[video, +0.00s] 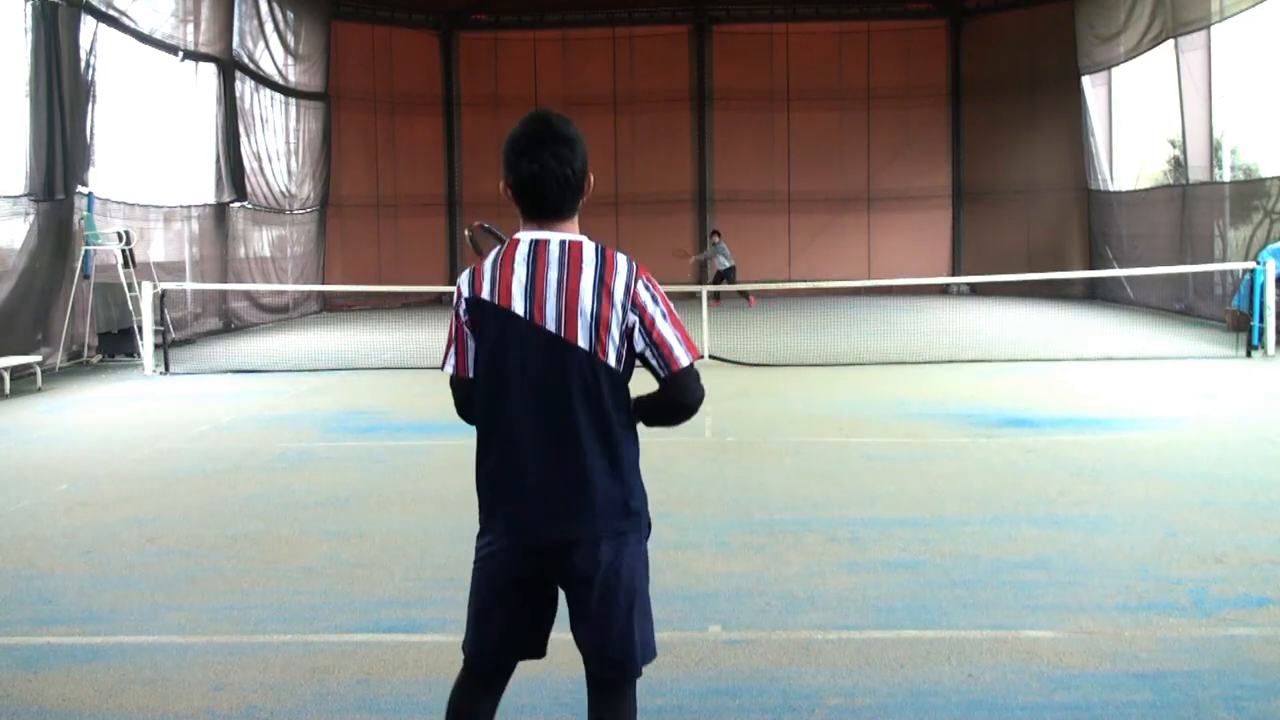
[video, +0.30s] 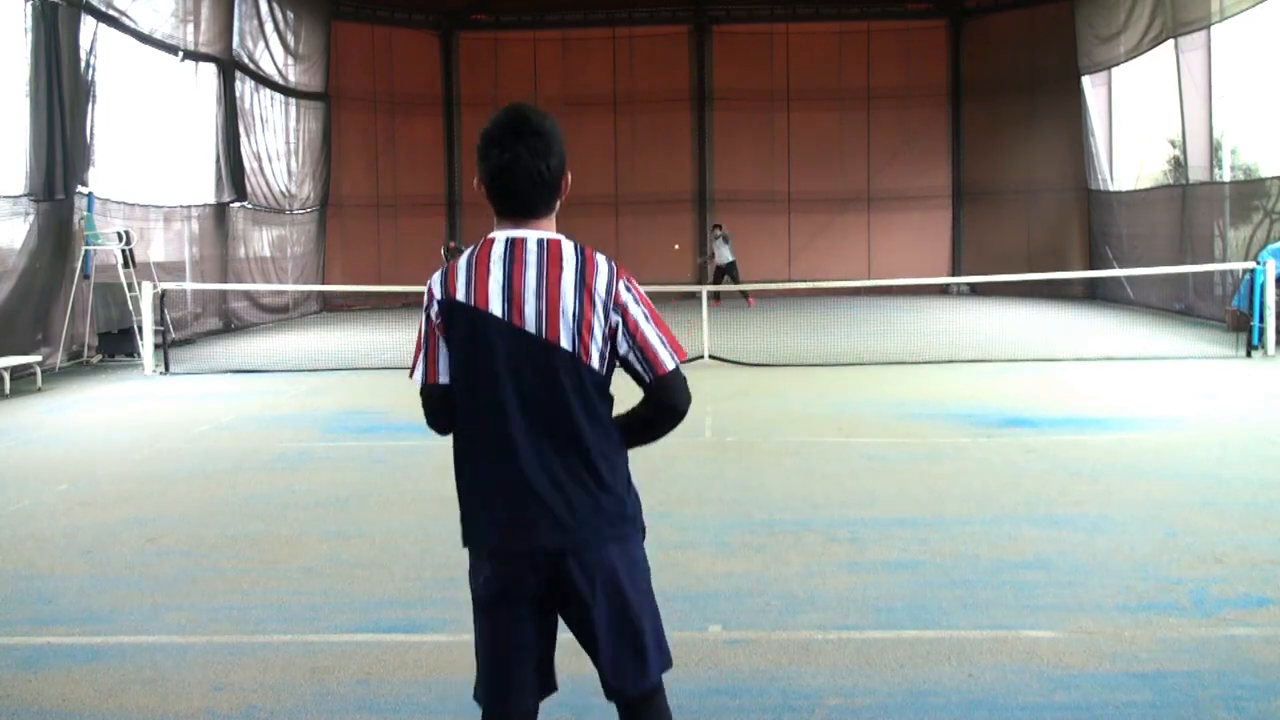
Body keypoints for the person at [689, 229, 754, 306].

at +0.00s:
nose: (714, 239)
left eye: (716, 237)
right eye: (713, 237)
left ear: (719, 237)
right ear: (711, 238)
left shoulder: (720, 246)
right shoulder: (714, 247)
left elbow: (709, 255)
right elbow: (708, 255)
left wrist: (696, 257)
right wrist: (696, 257)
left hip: (729, 267)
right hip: (721, 269)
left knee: (732, 284)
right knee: (715, 284)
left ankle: (748, 297)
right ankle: (716, 300)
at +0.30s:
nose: (715, 233)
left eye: (717, 231)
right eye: (714, 231)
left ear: (720, 231)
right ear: (712, 232)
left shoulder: (724, 238)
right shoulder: (713, 242)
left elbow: (727, 241)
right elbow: (713, 255)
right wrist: (707, 259)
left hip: (729, 262)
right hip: (719, 264)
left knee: (737, 282)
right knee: (716, 283)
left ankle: (748, 298)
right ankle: (717, 300)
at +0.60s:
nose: (725, 230)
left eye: (727, 228)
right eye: (724, 228)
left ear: (730, 228)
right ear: (722, 229)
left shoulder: (736, 238)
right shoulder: (723, 237)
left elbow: (744, 242)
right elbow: (730, 232)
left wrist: (747, 234)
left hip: (734, 261)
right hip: (724, 260)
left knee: (737, 281)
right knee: (718, 281)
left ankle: (739, 300)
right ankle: (714, 299)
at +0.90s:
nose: (736, 231)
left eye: (737, 229)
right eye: (734, 229)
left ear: (739, 230)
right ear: (731, 230)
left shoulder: (739, 240)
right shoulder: (733, 237)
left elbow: (742, 246)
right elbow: (739, 240)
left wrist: (747, 245)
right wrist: (749, 241)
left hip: (735, 264)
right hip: (727, 261)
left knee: (738, 283)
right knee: (720, 281)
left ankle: (738, 300)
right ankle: (713, 296)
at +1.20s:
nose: (731, 233)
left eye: (733, 231)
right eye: (729, 231)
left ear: (735, 232)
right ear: (727, 233)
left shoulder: (736, 242)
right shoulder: (727, 242)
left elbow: (735, 253)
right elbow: (728, 254)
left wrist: (738, 258)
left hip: (731, 264)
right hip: (723, 264)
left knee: (736, 282)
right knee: (721, 282)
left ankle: (738, 300)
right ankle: (715, 298)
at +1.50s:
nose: (722, 230)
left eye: (724, 227)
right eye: (721, 227)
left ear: (727, 229)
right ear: (718, 229)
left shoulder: (729, 239)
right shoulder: (715, 239)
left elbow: (730, 251)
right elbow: (710, 251)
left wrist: (736, 249)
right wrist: (721, 254)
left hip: (725, 263)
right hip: (715, 262)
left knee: (727, 282)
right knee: (715, 281)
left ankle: (723, 299)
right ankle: (714, 299)